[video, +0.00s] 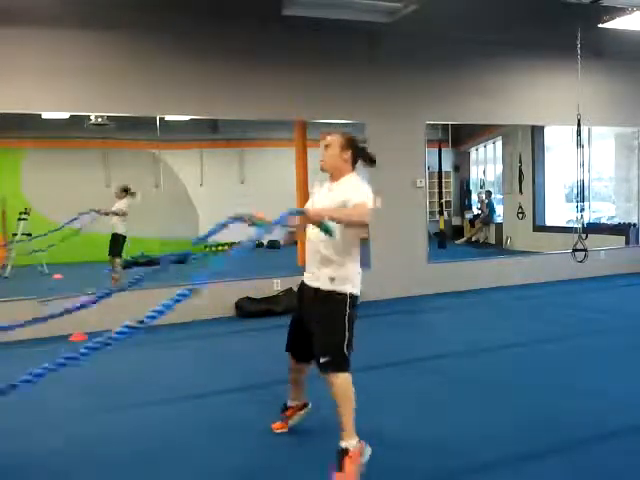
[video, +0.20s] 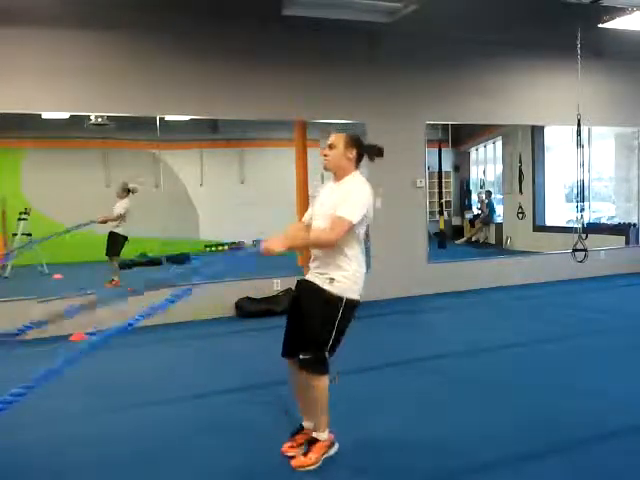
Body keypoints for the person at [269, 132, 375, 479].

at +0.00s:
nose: (321, 155)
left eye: (327, 148)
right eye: (322, 149)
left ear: (347, 154)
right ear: (332, 156)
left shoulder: (357, 188)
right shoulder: (321, 189)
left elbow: (365, 216)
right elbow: (307, 226)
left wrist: (322, 215)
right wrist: (273, 222)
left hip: (339, 289)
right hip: (311, 284)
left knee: (335, 367)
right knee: (298, 355)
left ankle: (350, 443)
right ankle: (296, 403)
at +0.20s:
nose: (323, 153)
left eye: (330, 147)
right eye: (325, 147)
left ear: (352, 154)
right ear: (343, 155)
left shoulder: (358, 189)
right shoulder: (327, 188)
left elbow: (332, 235)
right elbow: (302, 226)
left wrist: (289, 239)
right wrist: (286, 240)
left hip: (338, 288)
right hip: (313, 282)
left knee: (313, 361)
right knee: (295, 356)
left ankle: (324, 437)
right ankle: (309, 428)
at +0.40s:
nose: (327, 158)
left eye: (335, 152)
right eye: (329, 152)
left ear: (353, 162)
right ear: (337, 161)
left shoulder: (359, 196)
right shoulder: (327, 195)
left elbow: (356, 233)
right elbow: (306, 227)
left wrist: (311, 237)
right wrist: (288, 239)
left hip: (339, 298)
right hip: (315, 292)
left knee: (324, 374)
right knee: (304, 369)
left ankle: (325, 440)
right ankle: (309, 430)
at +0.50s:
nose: (329, 144)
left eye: (336, 138)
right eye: (329, 139)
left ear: (355, 144)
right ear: (334, 146)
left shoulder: (362, 170)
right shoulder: (325, 175)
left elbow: (371, 186)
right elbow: (295, 196)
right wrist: (262, 197)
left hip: (341, 278)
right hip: (313, 273)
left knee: (329, 357)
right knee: (302, 346)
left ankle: (340, 428)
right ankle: (307, 405)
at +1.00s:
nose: (299, 148)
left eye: (305, 142)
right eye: (299, 142)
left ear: (327, 148)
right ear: (309, 149)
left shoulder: (339, 182)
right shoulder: (305, 183)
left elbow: (345, 215)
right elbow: (302, 220)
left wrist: (309, 204)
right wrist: (273, 215)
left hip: (314, 281)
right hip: (287, 276)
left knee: (301, 362)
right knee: (274, 351)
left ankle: (309, 439)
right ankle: (279, 416)